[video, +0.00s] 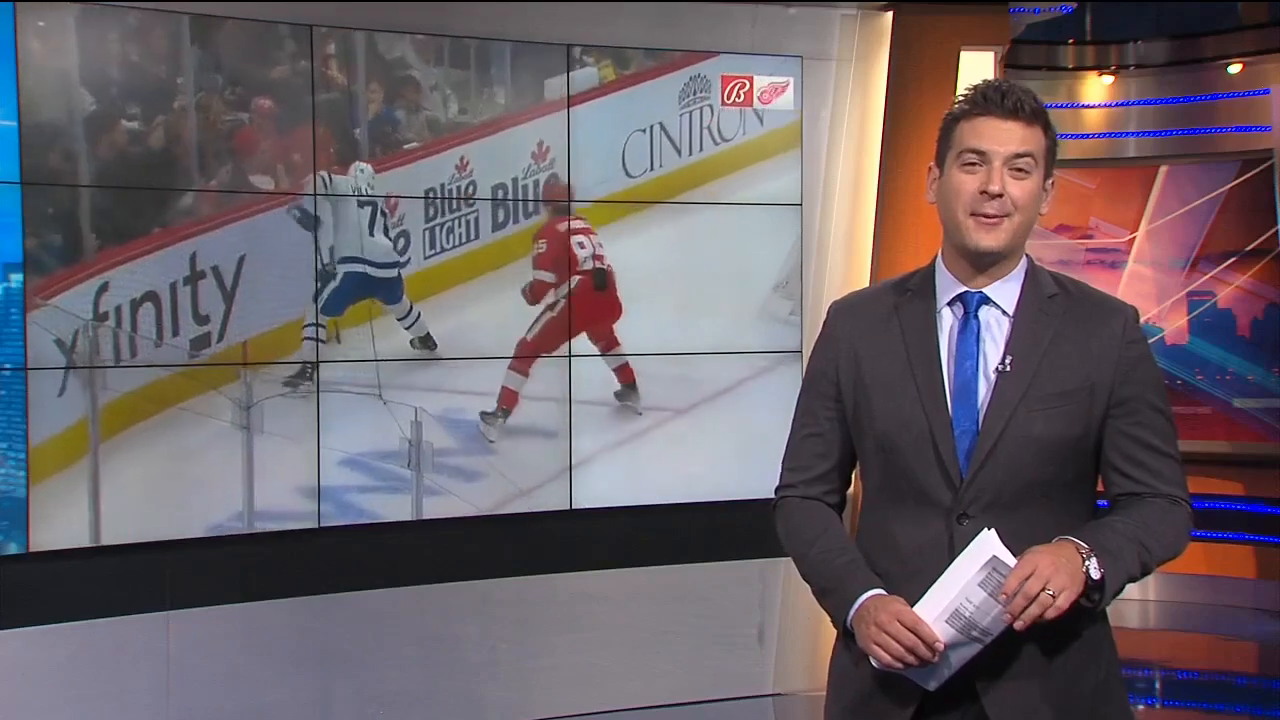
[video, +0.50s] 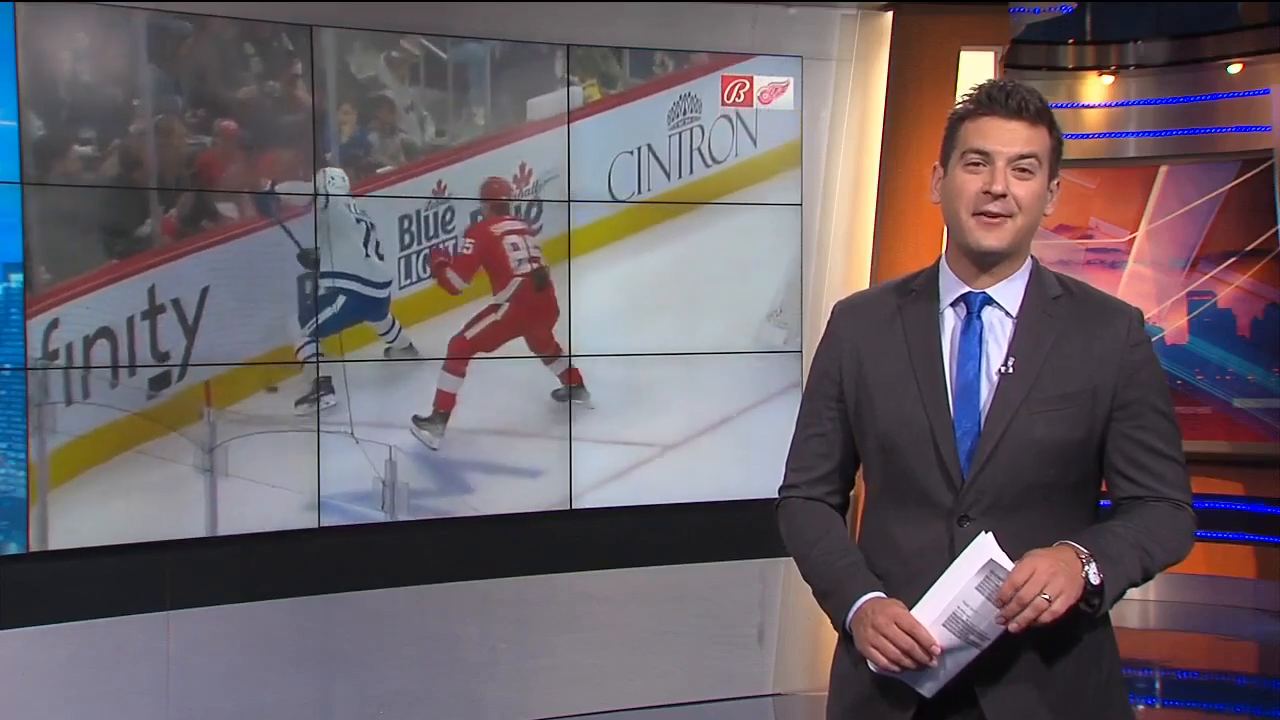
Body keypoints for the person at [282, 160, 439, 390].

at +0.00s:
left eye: (349, 174)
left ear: (350, 175)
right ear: (371, 180)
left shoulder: (339, 184)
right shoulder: (378, 202)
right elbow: (388, 240)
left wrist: (313, 215)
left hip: (352, 273)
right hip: (388, 273)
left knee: (317, 313)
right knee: (400, 305)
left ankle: (308, 368)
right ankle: (425, 339)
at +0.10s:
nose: (330, 166)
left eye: (332, 162)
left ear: (336, 169)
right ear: (361, 177)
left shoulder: (334, 185)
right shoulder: (370, 200)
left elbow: (318, 174)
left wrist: (297, 202)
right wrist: (328, 263)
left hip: (354, 273)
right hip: (388, 274)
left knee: (316, 314)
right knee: (396, 307)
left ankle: (311, 369)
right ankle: (424, 340)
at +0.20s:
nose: (338, 181)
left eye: (340, 178)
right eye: (341, 178)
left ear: (341, 181)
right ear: (362, 184)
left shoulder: (339, 193)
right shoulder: (375, 209)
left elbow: (315, 174)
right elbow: (390, 250)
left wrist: (294, 194)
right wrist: (332, 266)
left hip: (354, 281)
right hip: (387, 283)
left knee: (314, 317)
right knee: (392, 308)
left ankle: (313, 372)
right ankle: (421, 341)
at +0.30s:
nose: (330, 184)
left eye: (333, 181)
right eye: (333, 180)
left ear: (335, 184)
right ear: (356, 186)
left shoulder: (335, 196)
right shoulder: (369, 211)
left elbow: (311, 176)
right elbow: (375, 252)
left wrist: (283, 188)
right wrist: (328, 263)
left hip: (352, 285)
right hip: (384, 287)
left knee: (310, 321)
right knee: (389, 311)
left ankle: (315, 375)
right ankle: (416, 343)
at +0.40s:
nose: (320, 190)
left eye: (321, 186)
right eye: (320, 185)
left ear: (326, 187)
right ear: (350, 188)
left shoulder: (331, 205)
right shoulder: (366, 216)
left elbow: (305, 184)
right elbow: (362, 257)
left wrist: (279, 188)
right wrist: (324, 262)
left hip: (349, 293)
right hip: (382, 296)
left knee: (304, 329)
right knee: (383, 315)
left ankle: (319, 380)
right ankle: (410, 345)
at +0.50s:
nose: (314, 193)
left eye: (316, 189)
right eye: (315, 188)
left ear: (323, 189)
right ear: (345, 188)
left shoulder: (331, 205)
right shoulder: (362, 215)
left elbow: (308, 189)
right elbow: (357, 255)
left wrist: (273, 189)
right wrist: (321, 260)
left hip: (350, 298)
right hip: (380, 299)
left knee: (304, 334)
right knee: (380, 318)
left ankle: (321, 385)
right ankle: (405, 348)